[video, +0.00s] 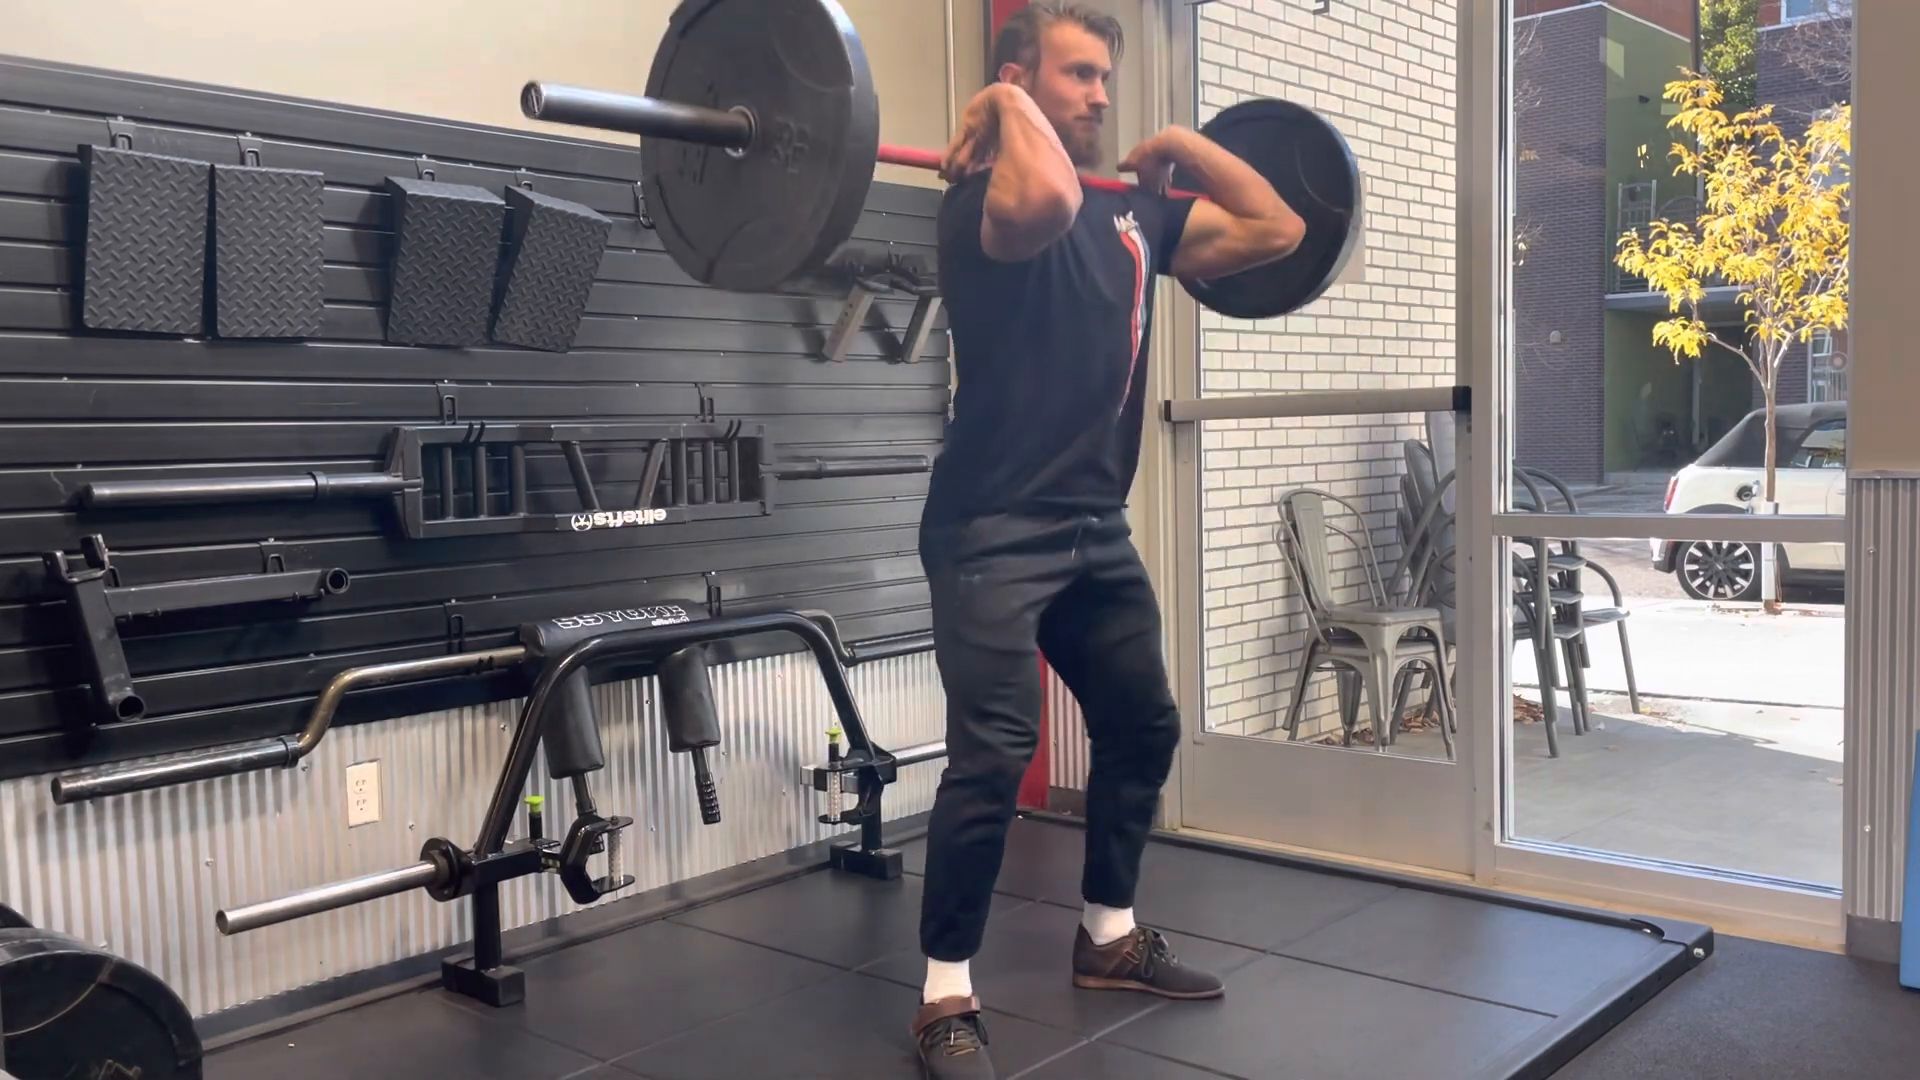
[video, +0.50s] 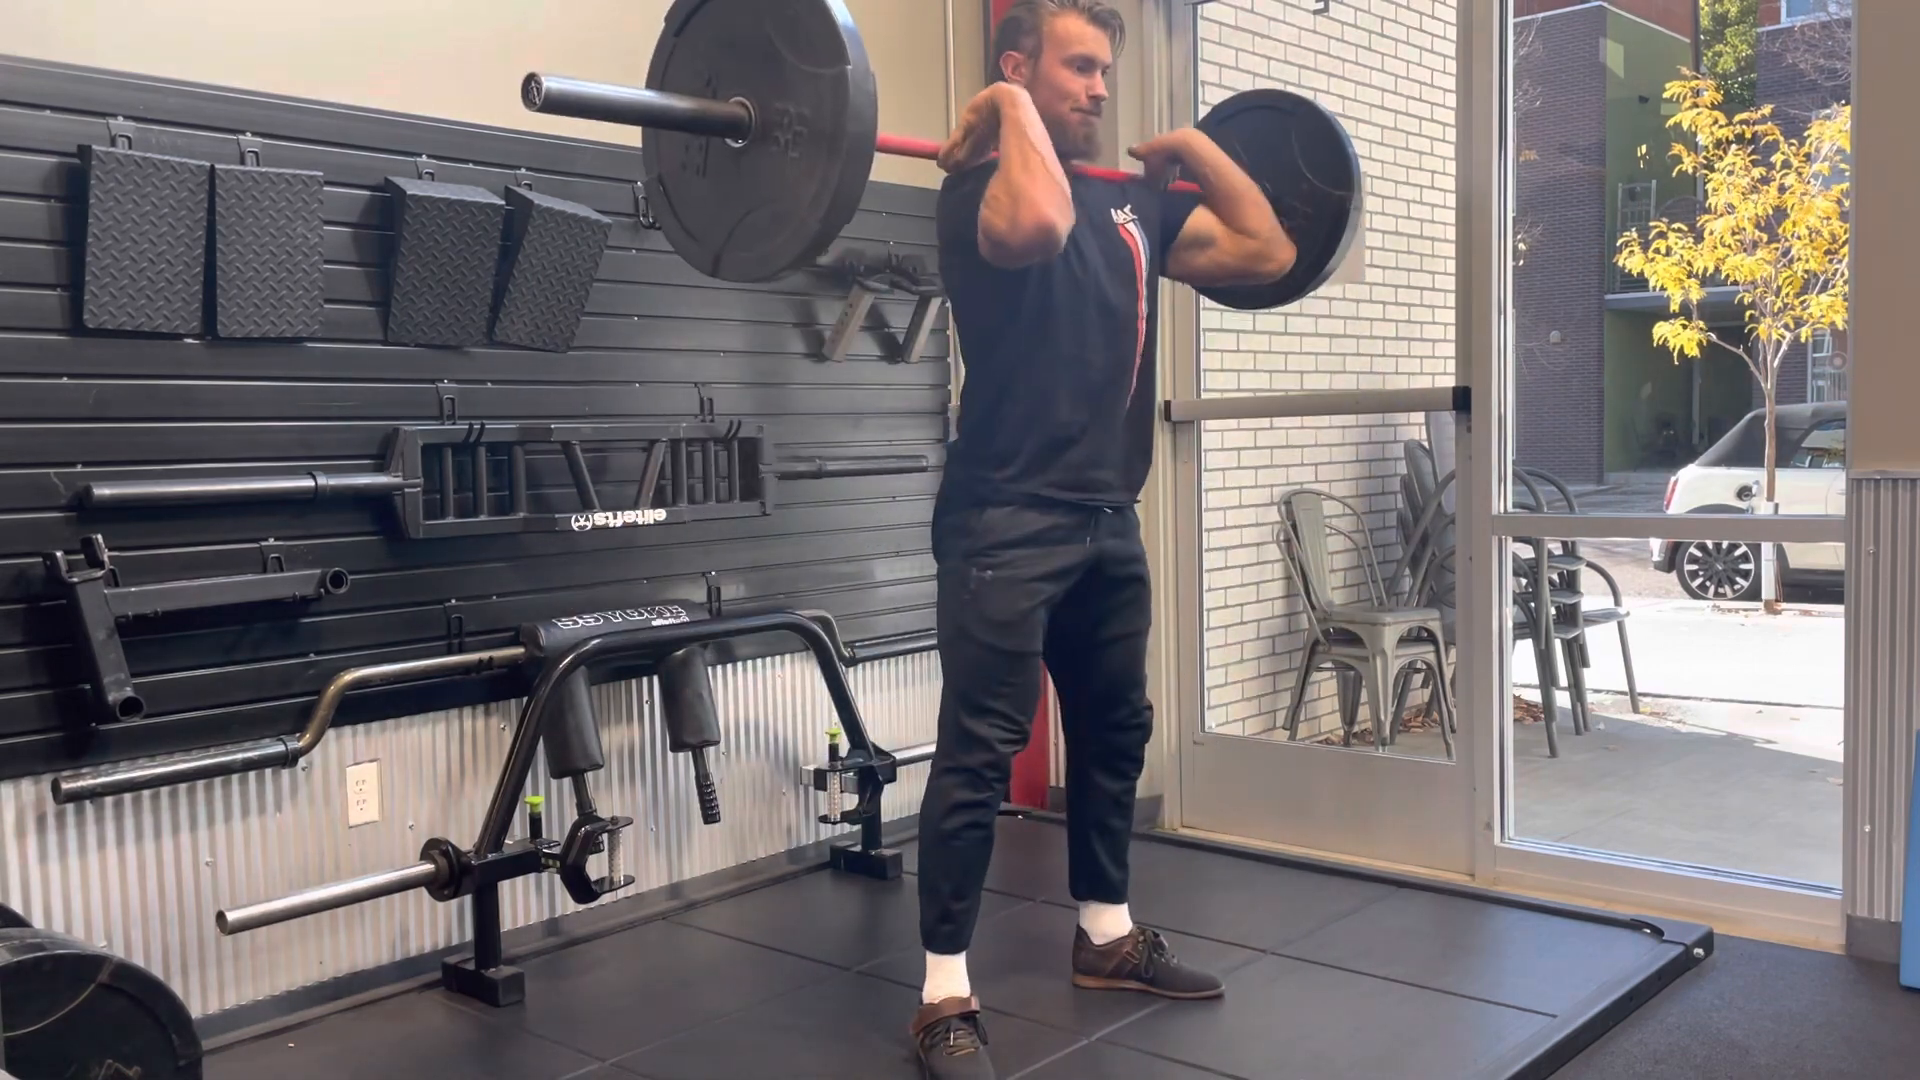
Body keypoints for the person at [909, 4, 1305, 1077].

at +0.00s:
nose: (1101, 94)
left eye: (1105, 77)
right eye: (1081, 72)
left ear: (1103, 92)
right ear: (1020, 86)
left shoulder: (1133, 209)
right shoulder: (980, 198)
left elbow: (1276, 228)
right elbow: (1050, 198)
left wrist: (1181, 144)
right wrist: (1008, 100)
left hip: (1096, 526)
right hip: (990, 529)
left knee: (1143, 725)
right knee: (993, 749)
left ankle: (1107, 940)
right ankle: (946, 997)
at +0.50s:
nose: (1100, 88)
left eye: (1106, 72)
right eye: (1082, 65)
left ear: (1102, 90)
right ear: (1020, 73)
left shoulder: (1128, 201)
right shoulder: (972, 186)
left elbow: (1264, 247)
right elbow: (1040, 226)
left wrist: (1191, 145)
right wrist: (1009, 101)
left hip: (1106, 518)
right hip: (1004, 518)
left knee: (1115, 732)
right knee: (980, 745)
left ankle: (1105, 939)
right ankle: (946, 993)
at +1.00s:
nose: (1148, 151)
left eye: (1149, 136)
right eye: (1125, 134)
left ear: (1143, 159)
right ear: (1059, 157)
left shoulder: (1144, 293)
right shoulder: (998, 282)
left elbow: (1147, 404)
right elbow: (882, 399)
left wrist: (1170, 506)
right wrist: (964, 532)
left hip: (1052, 550)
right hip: (946, 556)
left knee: (1138, 731)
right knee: (1001, 754)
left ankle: (1089, 942)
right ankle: (956, 997)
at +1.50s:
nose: (1076, 82)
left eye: (1077, 67)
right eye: (1053, 64)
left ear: (1069, 91)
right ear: (989, 86)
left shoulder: (1097, 237)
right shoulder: (947, 224)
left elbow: (1129, 388)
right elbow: (909, 397)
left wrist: (1159, 521)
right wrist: (950, 543)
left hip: (1074, 529)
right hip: (974, 533)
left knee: (1117, 725)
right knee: (994, 744)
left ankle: (1086, 939)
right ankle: (956, 993)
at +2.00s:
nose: (1097, 83)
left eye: (1101, 65)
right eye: (1077, 61)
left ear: (1085, 82)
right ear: (1010, 71)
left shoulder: (1108, 227)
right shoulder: (953, 215)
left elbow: (1136, 381)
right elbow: (920, 391)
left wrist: (1157, 518)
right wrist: (948, 547)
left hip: (1085, 526)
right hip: (982, 531)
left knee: (1108, 727)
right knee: (982, 747)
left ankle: (1086, 940)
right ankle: (949, 992)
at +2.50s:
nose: (1100, 79)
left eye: (1104, 63)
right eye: (1079, 58)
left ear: (1092, 80)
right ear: (1013, 69)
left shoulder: (1121, 228)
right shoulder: (957, 214)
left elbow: (1143, 385)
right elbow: (932, 393)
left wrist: (1170, 521)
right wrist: (960, 547)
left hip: (1094, 529)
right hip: (990, 533)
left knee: (1116, 730)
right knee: (988, 756)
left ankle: (1087, 940)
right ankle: (950, 994)